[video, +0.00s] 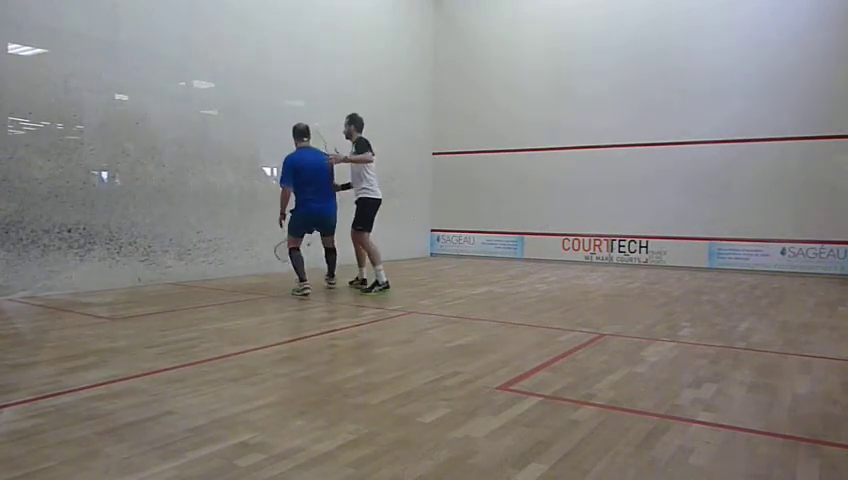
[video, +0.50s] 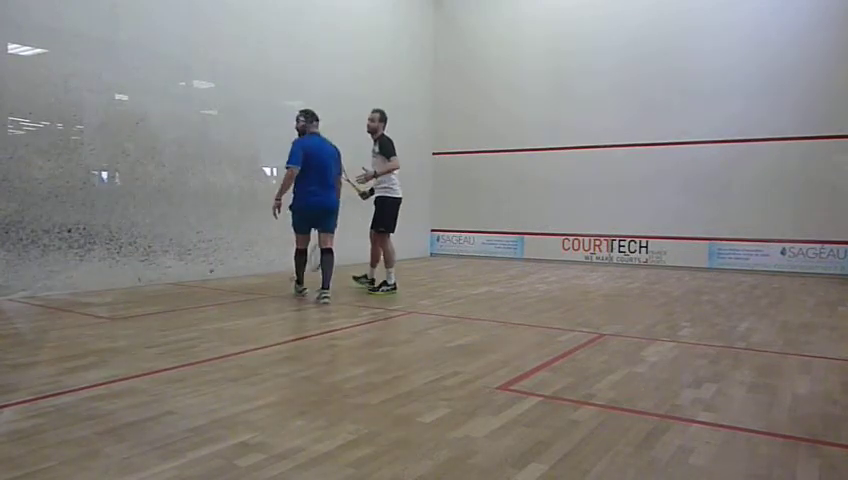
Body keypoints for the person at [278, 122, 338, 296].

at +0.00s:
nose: (299, 140)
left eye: (295, 138)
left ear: (294, 138)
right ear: (309, 137)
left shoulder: (291, 160)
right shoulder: (325, 157)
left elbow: (286, 190)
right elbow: (331, 185)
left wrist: (283, 212)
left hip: (304, 210)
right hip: (328, 210)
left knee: (293, 245)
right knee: (329, 241)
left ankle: (303, 282)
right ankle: (331, 277)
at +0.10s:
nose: (297, 136)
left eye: (294, 133)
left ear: (293, 134)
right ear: (309, 133)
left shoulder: (288, 155)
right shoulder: (325, 153)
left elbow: (283, 186)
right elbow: (332, 181)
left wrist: (278, 209)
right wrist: (325, 198)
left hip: (301, 208)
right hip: (326, 206)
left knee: (294, 243)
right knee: (327, 239)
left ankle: (303, 283)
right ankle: (330, 279)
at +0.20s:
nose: (296, 131)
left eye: (295, 128)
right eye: (301, 128)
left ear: (294, 129)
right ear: (310, 128)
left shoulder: (288, 149)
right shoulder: (327, 150)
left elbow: (281, 178)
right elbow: (331, 180)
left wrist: (275, 203)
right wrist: (328, 200)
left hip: (300, 204)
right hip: (326, 203)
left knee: (297, 242)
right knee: (328, 238)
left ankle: (303, 283)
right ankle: (327, 280)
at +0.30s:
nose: (297, 130)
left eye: (296, 127)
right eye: (303, 127)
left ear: (295, 127)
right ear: (312, 126)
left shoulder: (290, 147)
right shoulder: (328, 149)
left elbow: (282, 176)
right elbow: (334, 179)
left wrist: (274, 202)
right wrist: (329, 199)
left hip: (300, 204)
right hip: (326, 203)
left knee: (298, 241)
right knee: (327, 238)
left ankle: (303, 284)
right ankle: (326, 276)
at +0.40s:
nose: (296, 129)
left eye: (297, 126)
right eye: (296, 125)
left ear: (300, 126)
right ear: (314, 126)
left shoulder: (295, 146)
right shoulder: (331, 149)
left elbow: (286, 176)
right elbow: (336, 180)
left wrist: (275, 201)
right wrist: (331, 201)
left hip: (301, 203)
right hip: (327, 203)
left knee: (301, 243)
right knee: (324, 242)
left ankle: (303, 284)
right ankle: (327, 284)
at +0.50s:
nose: (296, 126)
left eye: (299, 122)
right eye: (296, 122)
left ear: (309, 123)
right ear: (316, 124)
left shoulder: (300, 144)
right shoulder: (332, 148)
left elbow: (292, 172)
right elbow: (338, 180)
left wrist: (279, 195)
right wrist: (336, 201)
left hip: (304, 202)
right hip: (329, 202)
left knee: (302, 243)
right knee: (326, 244)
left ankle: (300, 283)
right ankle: (326, 289)